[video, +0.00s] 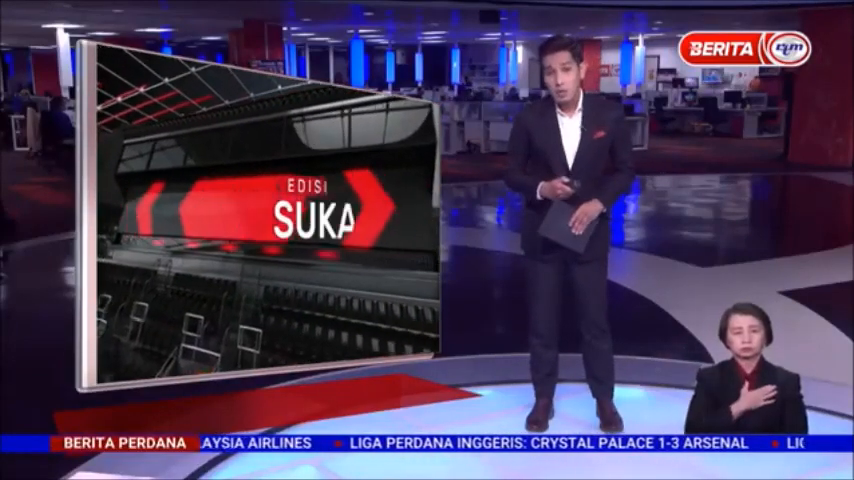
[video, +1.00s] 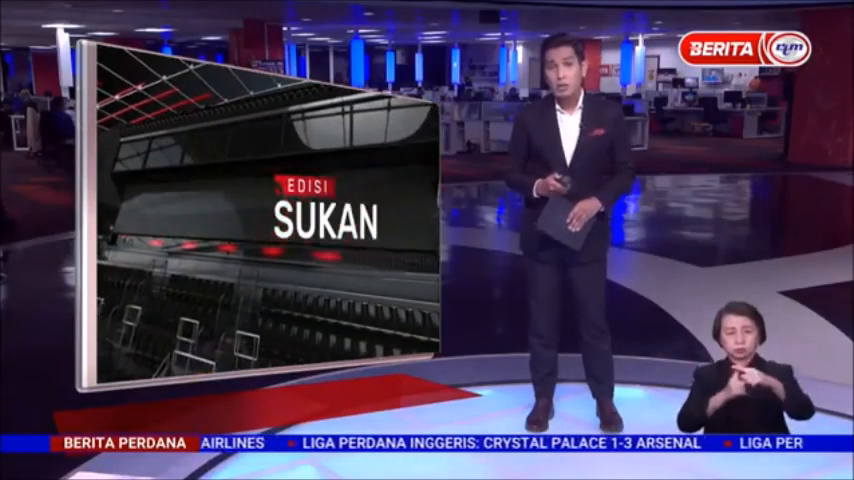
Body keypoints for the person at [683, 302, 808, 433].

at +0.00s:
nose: (746, 338)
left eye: (754, 331)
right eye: (738, 332)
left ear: (766, 337)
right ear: (726, 340)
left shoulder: (787, 381)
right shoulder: (709, 378)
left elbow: (797, 438)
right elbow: (693, 431)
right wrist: (739, 407)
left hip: (771, 465)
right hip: (718, 464)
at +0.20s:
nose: (746, 339)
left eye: (754, 331)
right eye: (738, 332)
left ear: (766, 337)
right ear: (726, 340)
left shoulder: (787, 382)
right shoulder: (710, 379)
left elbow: (797, 438)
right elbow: (694, 433)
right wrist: (734, 418)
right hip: (719, 464)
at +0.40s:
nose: (745, 338)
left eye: (753, 331)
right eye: (736, 332)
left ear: (765, 337)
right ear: (725, 340)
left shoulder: (786, 381)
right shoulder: (709, 379)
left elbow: (798, 437)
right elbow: (694, 431)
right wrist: (738, 420)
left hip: (772, 464)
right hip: (721, 463)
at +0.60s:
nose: (743, 339)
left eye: (751, 331)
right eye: (734, 332)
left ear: (763, 336)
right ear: (724, 340)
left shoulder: (783, 377)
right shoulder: (710, 376)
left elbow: (809, 419)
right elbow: (691, 423)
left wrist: (775, 411)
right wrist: (732, 392)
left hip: (772, 463)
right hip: (720, 462)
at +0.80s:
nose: (741, 340)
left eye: (749, 331)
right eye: (732, 333)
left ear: (761, 336)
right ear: (722, 339)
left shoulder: (782, 373)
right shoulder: (710, 376)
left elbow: (809, 410)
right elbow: (688, 423)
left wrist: (777, 381)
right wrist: (729, 395)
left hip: (775, 460)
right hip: (723, 461)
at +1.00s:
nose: (740, 340)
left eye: (748, 331)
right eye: (731, 333)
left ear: (760, 336)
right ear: (720, 340)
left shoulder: (781, 373)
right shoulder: (709, 375)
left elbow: (806, 412)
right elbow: (687, 424)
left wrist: (772, 383)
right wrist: (727, 394)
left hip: (774, 460)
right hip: (722, 460)